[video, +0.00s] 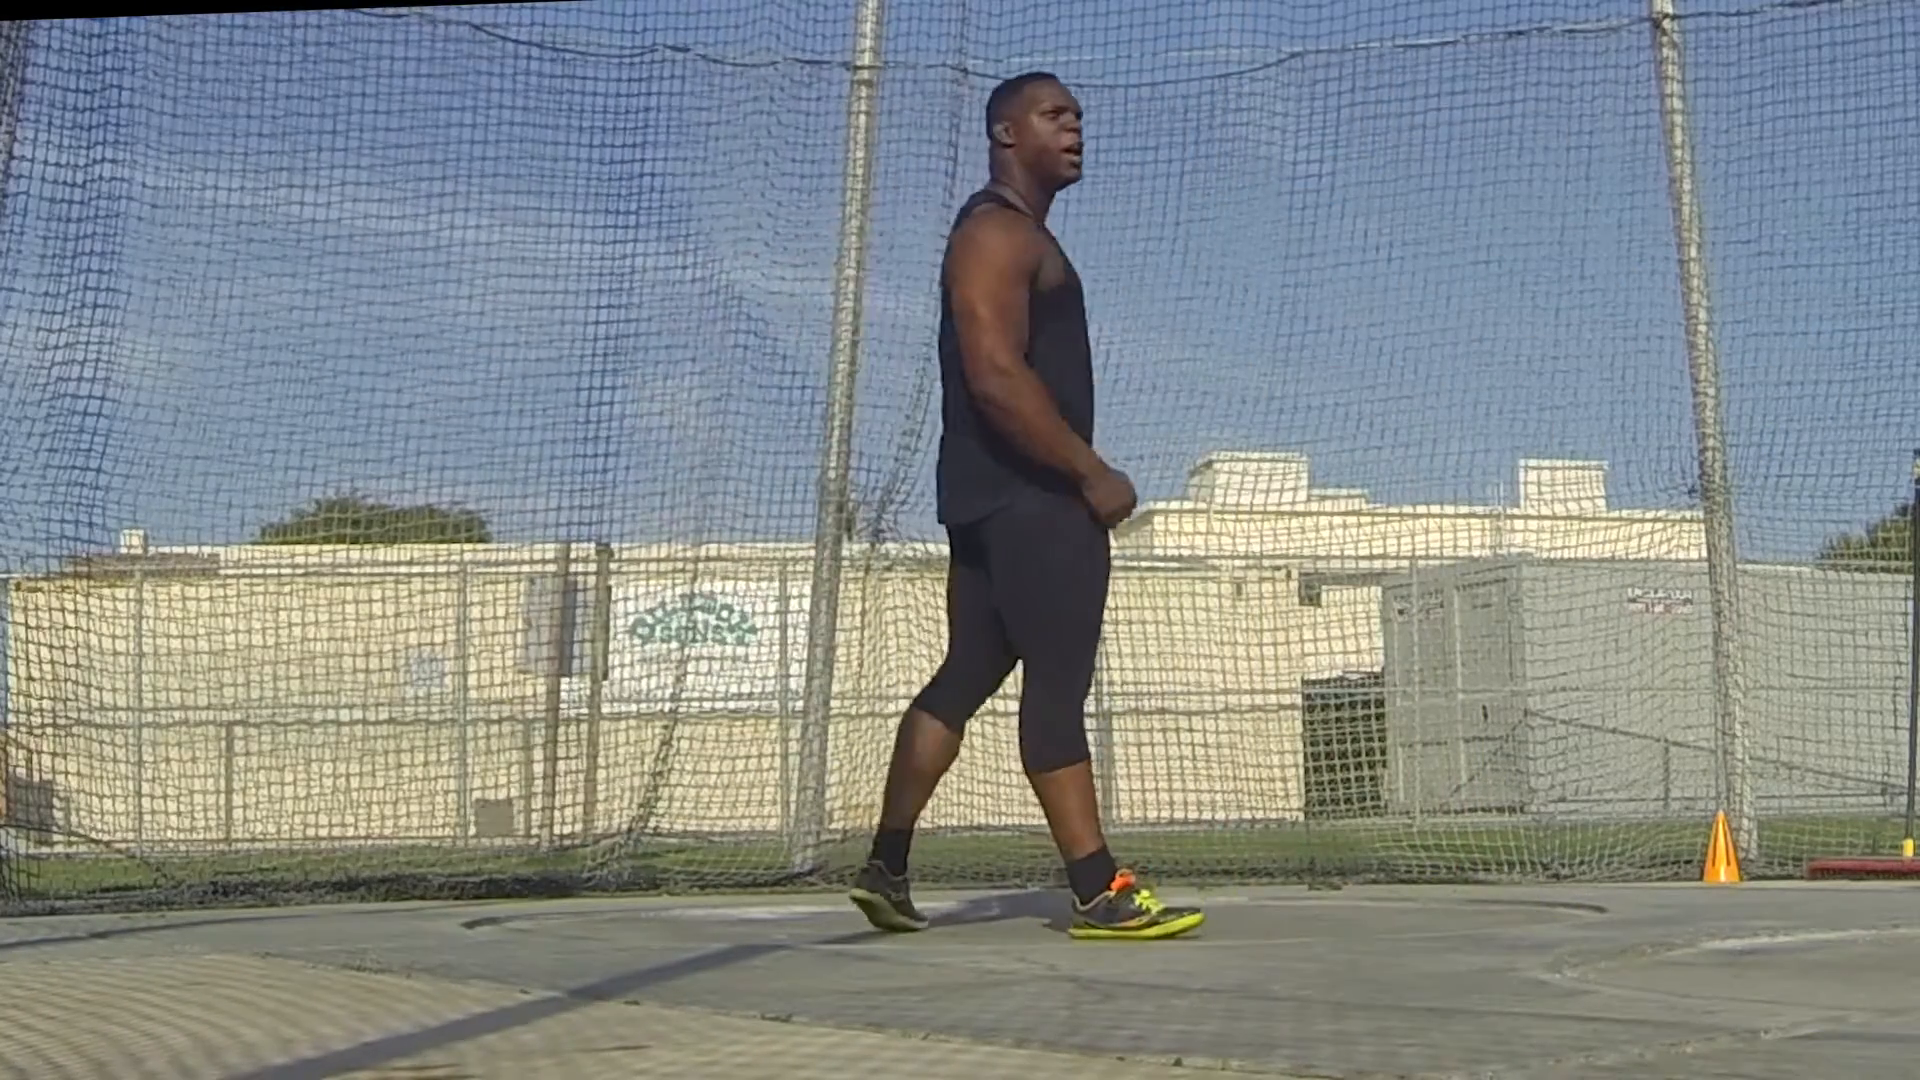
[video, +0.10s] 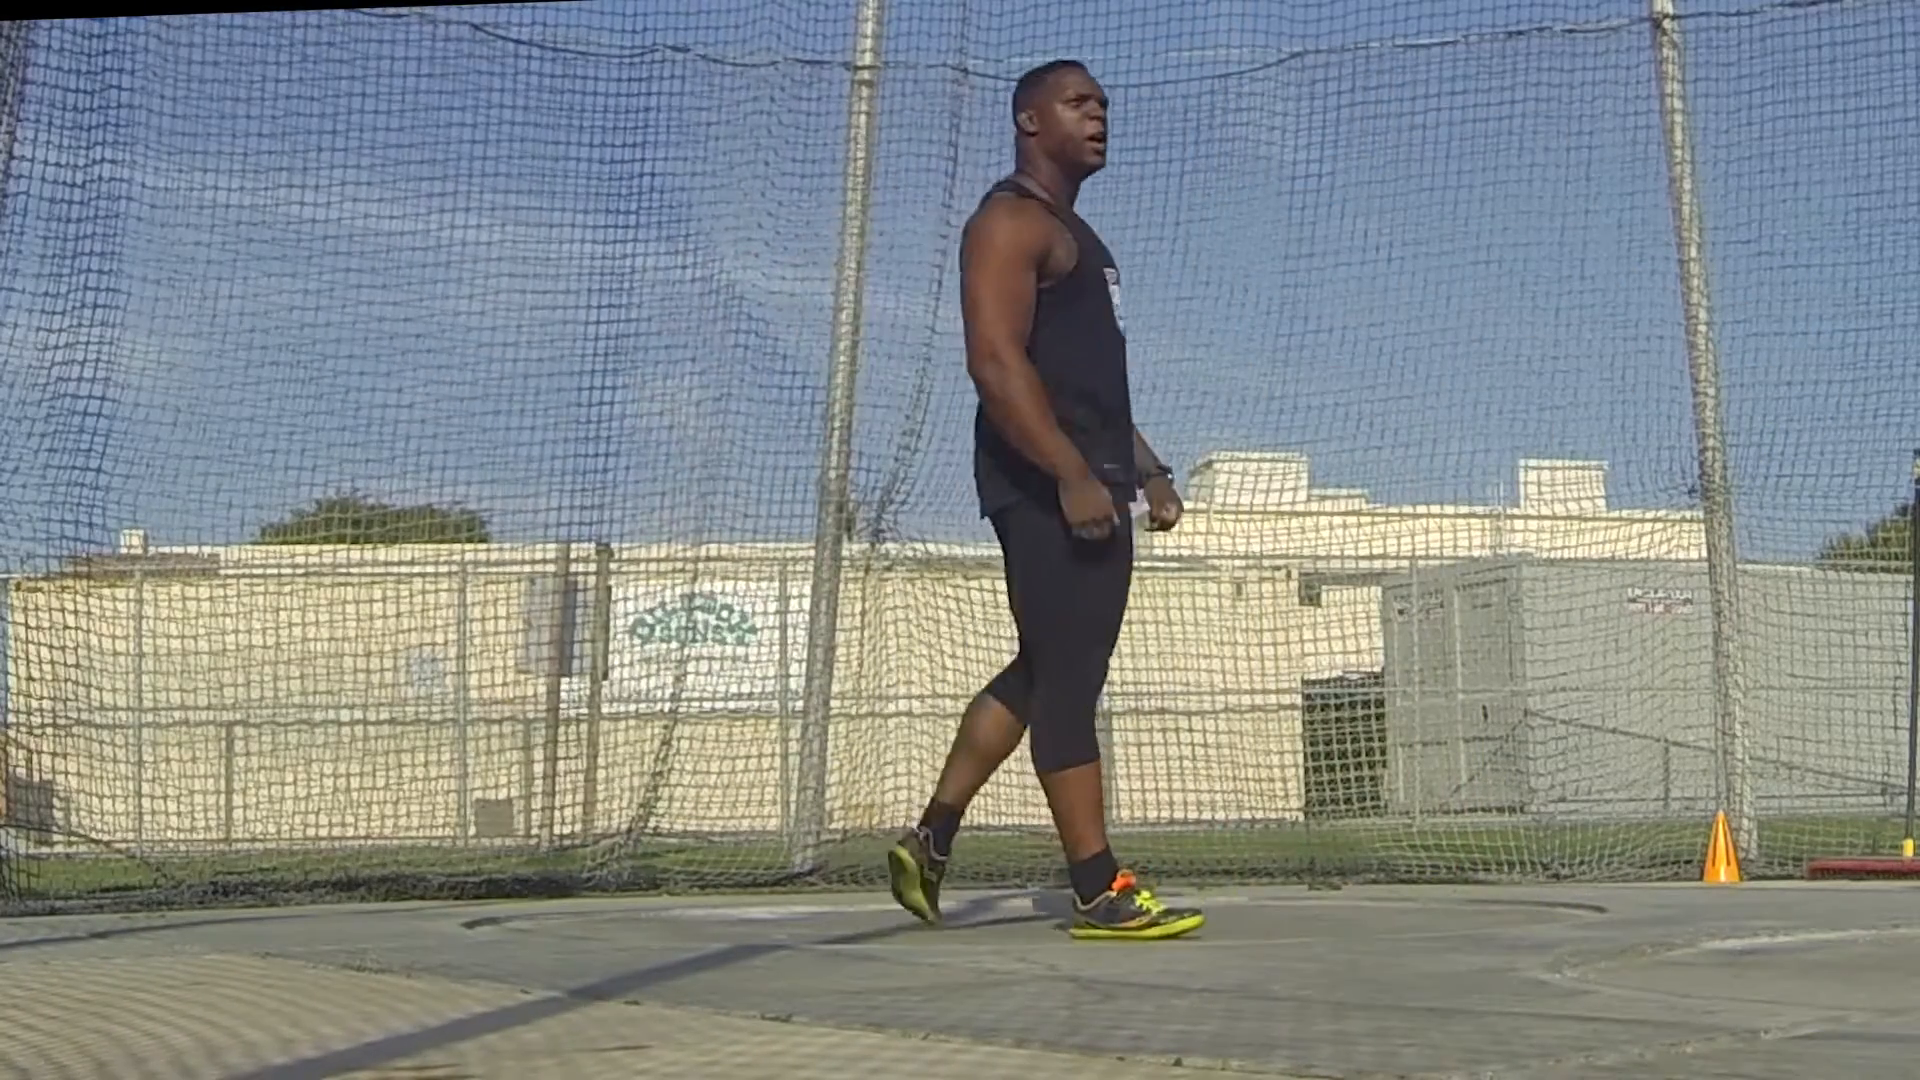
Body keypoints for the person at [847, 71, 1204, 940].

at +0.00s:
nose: (1077, 132)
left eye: (1077, 118)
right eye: (1058, 118)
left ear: (1032, 141)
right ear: (1007, 136)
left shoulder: (1005, 229)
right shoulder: (996, 231)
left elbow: (994, 379)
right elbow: (992, 374)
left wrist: (1077, 469)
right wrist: (1089, 469)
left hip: (990, 499)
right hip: (1031, 497)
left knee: (968, 671)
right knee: (1057, 681)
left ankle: (886, 864)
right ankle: (1098, 888)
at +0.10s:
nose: (1100, 120)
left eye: (1102, 107)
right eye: (1080, 105)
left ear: (1088, 126)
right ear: (1029, 122)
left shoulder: (1073, 231)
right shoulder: (1009, 219)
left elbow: (1087, 374)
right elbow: (994, 361)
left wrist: (1144, 466)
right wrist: (1072, 475)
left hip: (1084, 483)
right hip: (1041, 482)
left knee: (1047, 662)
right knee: (1067, 666)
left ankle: (931, 833)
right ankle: (1099, 886)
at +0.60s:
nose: (1230, 106)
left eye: (1235, 94)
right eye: (1210, 89)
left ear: (1231, 114)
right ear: (1158, 103)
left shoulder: (1239, 233)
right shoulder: (1097, 208)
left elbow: (1262, 372)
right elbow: (1042, 346)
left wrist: (1305, 482)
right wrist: (1087, 468)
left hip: (1254, 488)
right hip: (1151, 485)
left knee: (1304, 660)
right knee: (1135, 678)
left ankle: (1366, 868)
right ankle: (1102, 887)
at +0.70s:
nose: (1267, 108)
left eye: (1272, 96)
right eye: (1248, 91)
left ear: (1271, 117)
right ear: (1195, 103)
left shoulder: (1279, 234)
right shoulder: (1132, 211)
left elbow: (1290, 365)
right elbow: (1078, 357)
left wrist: (1306, 480)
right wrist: (1107, 488)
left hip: (1282, 492)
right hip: (1180, 489)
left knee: (1328, 672)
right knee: (1151, 680)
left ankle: (1401, 871)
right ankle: (1104, 883)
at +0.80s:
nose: (1307, 107)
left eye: (1313, 96)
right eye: (1288, 90)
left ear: (1313, 121)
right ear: (1236, 106)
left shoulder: (1325, 237)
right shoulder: (1174, 211)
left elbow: (1338, 370)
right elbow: (1120, 356)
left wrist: (1356, 481)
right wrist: (1141, 491)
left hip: (1322, 487)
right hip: (1218, 484)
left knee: (1357, 675)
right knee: (1182, 678)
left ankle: (1413, 880)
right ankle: (1115, 877)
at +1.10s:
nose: (1388, 87)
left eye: (1392, 76)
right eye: (1368, 72)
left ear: (1394, 99)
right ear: (1317, 89)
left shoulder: (1424, 221)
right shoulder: (1257, 188)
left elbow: (1483, 339)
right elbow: (1206, 314)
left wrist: (1549, 418)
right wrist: (1262, 394)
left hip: (1405, 472)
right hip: (1301, 461)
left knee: (1401, 661)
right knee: (1289, 647)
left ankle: (1419, 879)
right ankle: (1243, 836)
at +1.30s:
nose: (1400, 82)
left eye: (1404, 69)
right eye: (1379, 68)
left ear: (1408, 89)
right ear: (1330, 86)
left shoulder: (1448, 213)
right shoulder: (1269, 187)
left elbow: (1513, 325)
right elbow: (1213, 314)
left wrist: (1572, 371)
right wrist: (1245, 391)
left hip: (1416, 471)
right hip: (1308, 456)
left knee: (1404, 668)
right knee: (1280, 649)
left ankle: (1418, 883)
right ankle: (1259, 836)